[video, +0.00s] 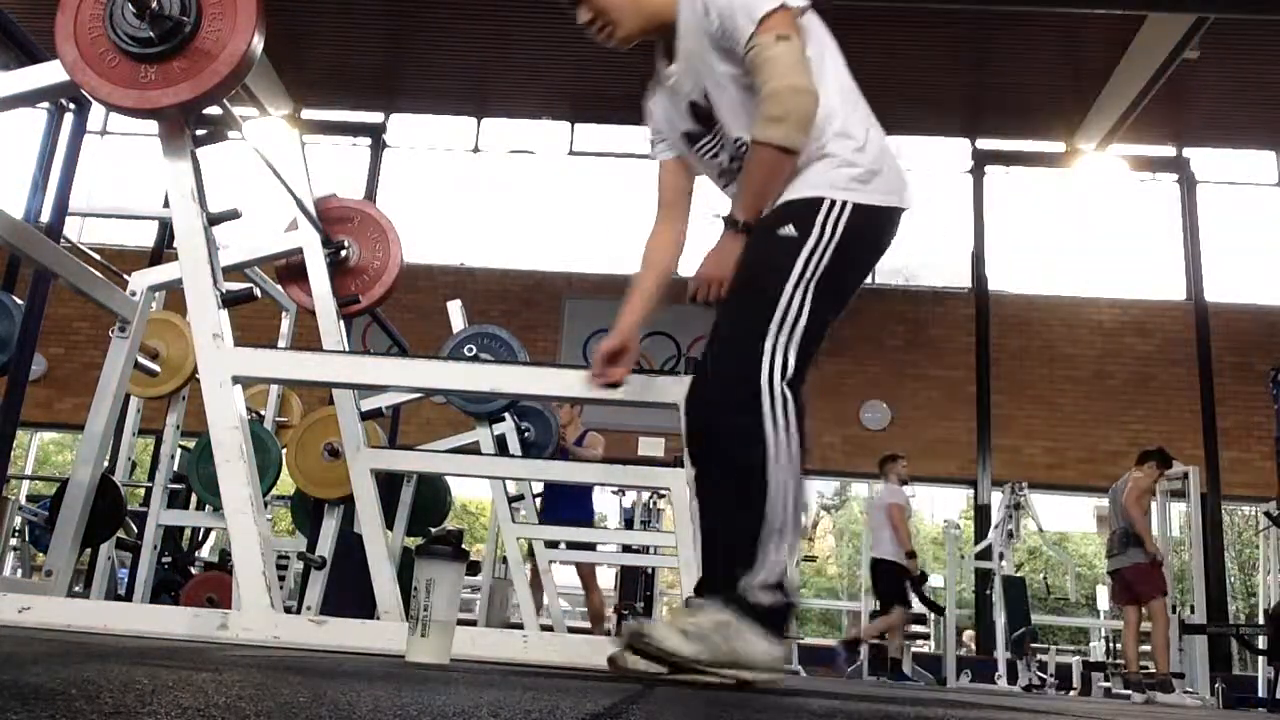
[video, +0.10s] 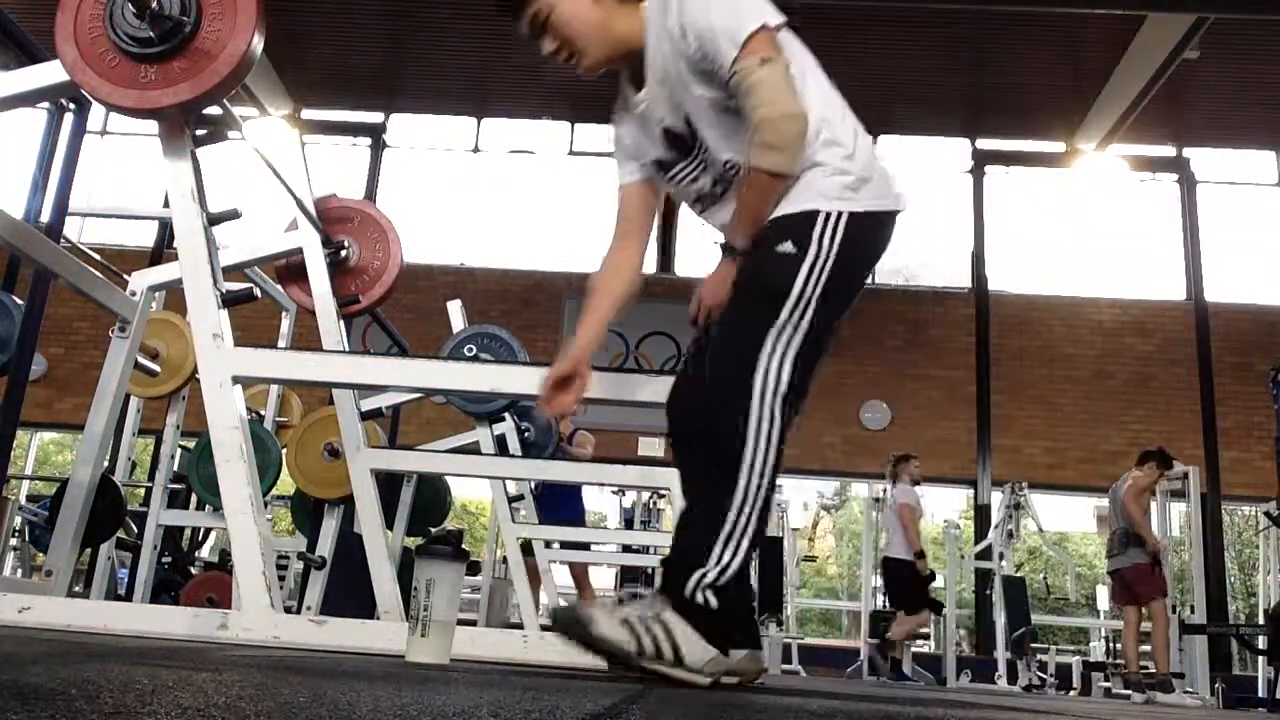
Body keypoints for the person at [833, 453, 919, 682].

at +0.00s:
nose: (907, 470)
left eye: (906, 466)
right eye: (903, 466)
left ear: (889, 472)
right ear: (891, 470)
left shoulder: (883, 494)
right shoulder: (894, 492)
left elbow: (889, 529)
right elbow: (898, 524)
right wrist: (910, 555)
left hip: (884, 560)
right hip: (889, 561)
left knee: (895, 616)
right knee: (898, 614)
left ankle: (895, 667)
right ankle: (852, 640)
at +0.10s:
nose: (918, 471)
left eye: (918, 467)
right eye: (915, 467)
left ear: (901, 471)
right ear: (903, 470)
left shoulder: (896, 492)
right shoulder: (905, 491)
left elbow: (904, 527)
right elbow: (908, 524)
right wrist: (919, 555)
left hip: (895, 558)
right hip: (902, 559)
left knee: (902, 613)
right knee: (922, 615)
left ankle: (896, 666)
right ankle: (885, 643)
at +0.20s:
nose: (932, 472)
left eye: (932, 468)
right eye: (928, 468)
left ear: (914, 472)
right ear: (917, 471)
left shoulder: (906, 494)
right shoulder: (919, 493)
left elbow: (908, 527)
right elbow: (919, 525)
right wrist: (930, 556)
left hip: (903, 561)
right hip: (917, 562)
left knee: (907, 612)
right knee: (942, 610)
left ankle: (895, 665)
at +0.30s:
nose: (946, 474)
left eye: (945, 470)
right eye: (942, 469)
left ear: (929, 475)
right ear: (930, 473)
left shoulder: (919, 498)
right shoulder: (933, 496)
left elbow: (921, 531)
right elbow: (932, 526)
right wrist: (942, 557)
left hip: (914, 563)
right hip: (930, 564)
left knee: (910, 614)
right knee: (952, 614)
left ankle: (893, 662)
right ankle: (959, 664)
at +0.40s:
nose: (960, 477)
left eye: (960, 473)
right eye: (956, 473)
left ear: (946, 477)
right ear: (944, 476)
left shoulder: (938, 499)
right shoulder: (945, 499)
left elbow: (942, 534)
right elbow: (947, 533)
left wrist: (953, 561)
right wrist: (957, 561)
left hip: (932, 568)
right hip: (943, 569)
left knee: (923, 614)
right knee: (965, 620)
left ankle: (900, 664)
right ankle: (980, 671)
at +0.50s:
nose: (975, 479)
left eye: (975, 475)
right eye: (972, 475)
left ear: (960, 478)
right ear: (960, 477)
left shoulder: (950, 502)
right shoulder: (962, 502)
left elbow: (955, 537)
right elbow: (965, 537)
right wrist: (973, 565)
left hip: (949, 569)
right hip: (963, 570)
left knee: (946, 618)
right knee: (983, 622)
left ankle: (913, 654)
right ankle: (985, 675)